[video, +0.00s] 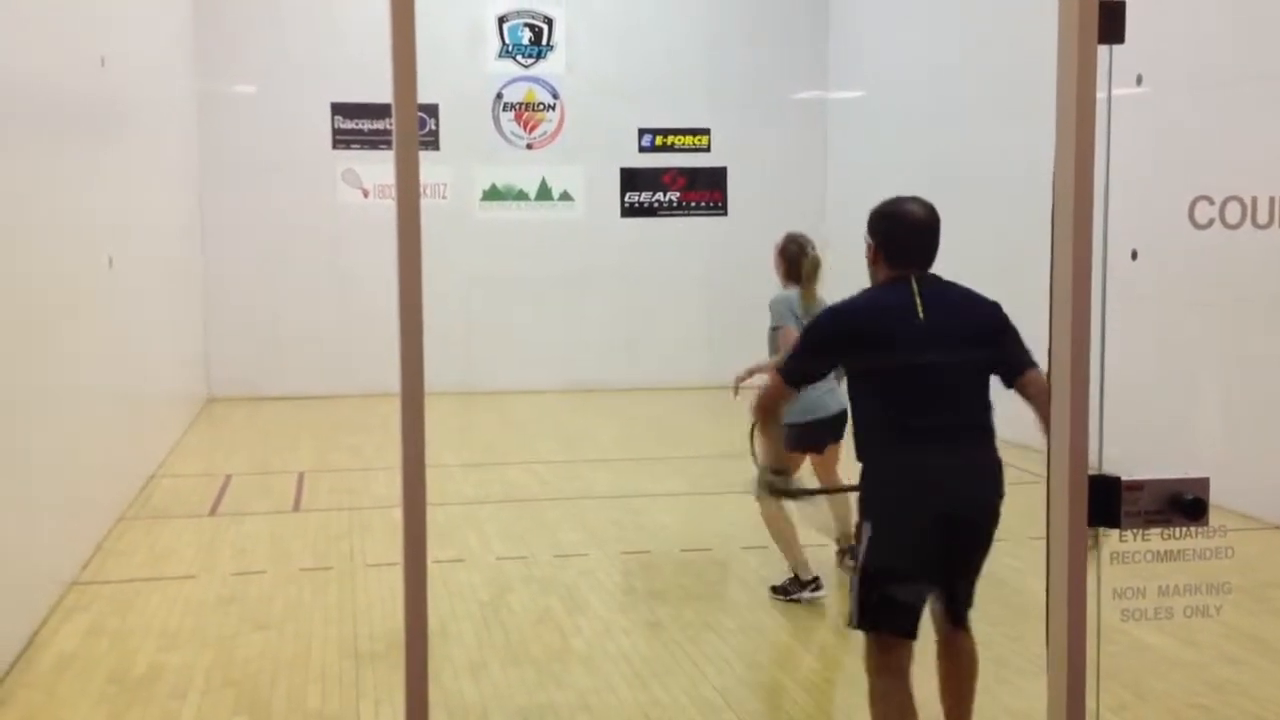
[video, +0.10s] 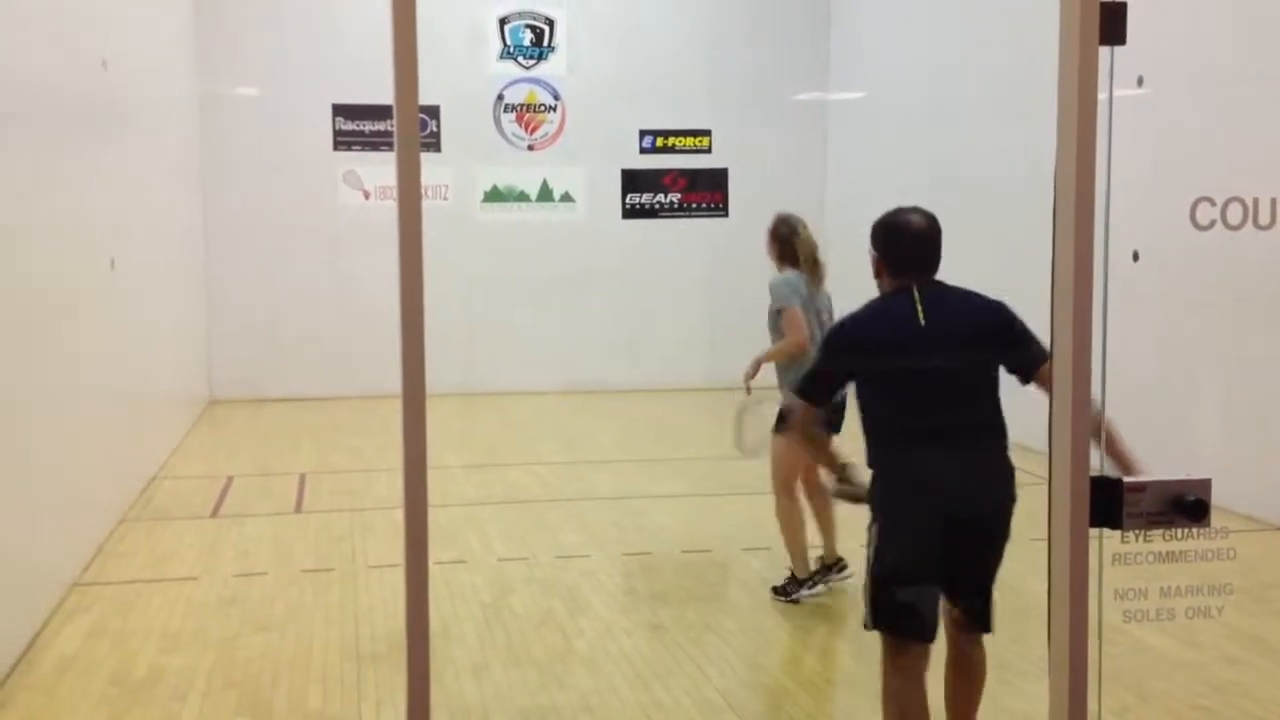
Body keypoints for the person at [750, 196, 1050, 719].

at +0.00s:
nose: (866, 250)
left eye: (867, 244)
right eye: (869, 243)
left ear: (873, 251)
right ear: (933, 251)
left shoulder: (848, 320)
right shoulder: (980, 312)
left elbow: (769, 400)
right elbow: (1044, 396)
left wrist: (772, 446)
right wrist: (1078, 465)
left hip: (899, 499)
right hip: (976, 494)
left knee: (889, 659)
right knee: (954, 618)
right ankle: (958, 716)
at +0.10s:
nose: (871, 261)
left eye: (872, 255)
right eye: (876, 253)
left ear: (878, 263)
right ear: (937, 260)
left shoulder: (856, 331)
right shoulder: (985, 315)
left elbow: (804, 422)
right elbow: (1063, 385)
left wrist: (836, 465)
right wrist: (1121, 458)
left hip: (908, 505)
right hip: (986, 499)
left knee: (904, 654)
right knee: (967, 630)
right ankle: (962, 719)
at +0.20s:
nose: (881, 266)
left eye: (882, 259)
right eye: (886, 258)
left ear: (889, 267)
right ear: (946, 261)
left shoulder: (874, 335)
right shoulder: (997, 311)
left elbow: (844, 434)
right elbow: (1090, 374)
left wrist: (896, 465)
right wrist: (1165, 445)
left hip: (922, 498)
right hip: (1000, 493)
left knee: (909, 645)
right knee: (977, 635)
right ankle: (965, 719)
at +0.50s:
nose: (933, 260)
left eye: (932, 253)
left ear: (936, 257)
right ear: (990, 249)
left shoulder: (926, 324)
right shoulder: (1044, 293)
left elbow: (909, 426)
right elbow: (1137, 341)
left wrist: (948, 448)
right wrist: (1179, 394)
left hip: (982, 495)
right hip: (1053, 486)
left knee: (987, 624)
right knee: (987, 620)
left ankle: (971, 712)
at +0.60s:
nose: (949, 266)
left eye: (949, 259)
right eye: (952, 258)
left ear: (954, 264)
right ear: (1006, 254)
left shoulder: (943, 326)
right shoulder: (1055, 296)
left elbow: (926, 425)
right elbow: (1143, 350)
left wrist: (965, 452)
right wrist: (1152, 393)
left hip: (986, 478)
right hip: (1053, 473)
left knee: (1019, 596)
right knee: (1012, 602)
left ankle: (1051, 702)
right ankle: (981, 713)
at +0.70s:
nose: (961, 278)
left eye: (961, 272)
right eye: (962, 271)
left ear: (967, 276)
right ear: (1017, 266)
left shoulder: (958, 337)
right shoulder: (1063, 307)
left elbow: (942, 434)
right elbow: (1146, 363)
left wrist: (976, 467)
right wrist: (1138, 405)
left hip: (1003, 486)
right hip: (1065, 481)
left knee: (1039, 606)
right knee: (1051, 619)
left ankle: (1077, 707)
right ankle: (1010, 707)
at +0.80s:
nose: (970, 281)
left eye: (971, 274)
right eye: (971, 274)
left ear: (977, 276)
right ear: (1025, 266)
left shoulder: (968, 334)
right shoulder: (1073, 306)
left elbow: (952, 428)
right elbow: (1152, 369)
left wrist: (977, 465)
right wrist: (1150, 426)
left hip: (1007, 478)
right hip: (1074, 472)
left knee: (1036, 583)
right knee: (1084, 573)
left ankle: (1060, 678)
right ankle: (1072, 677)